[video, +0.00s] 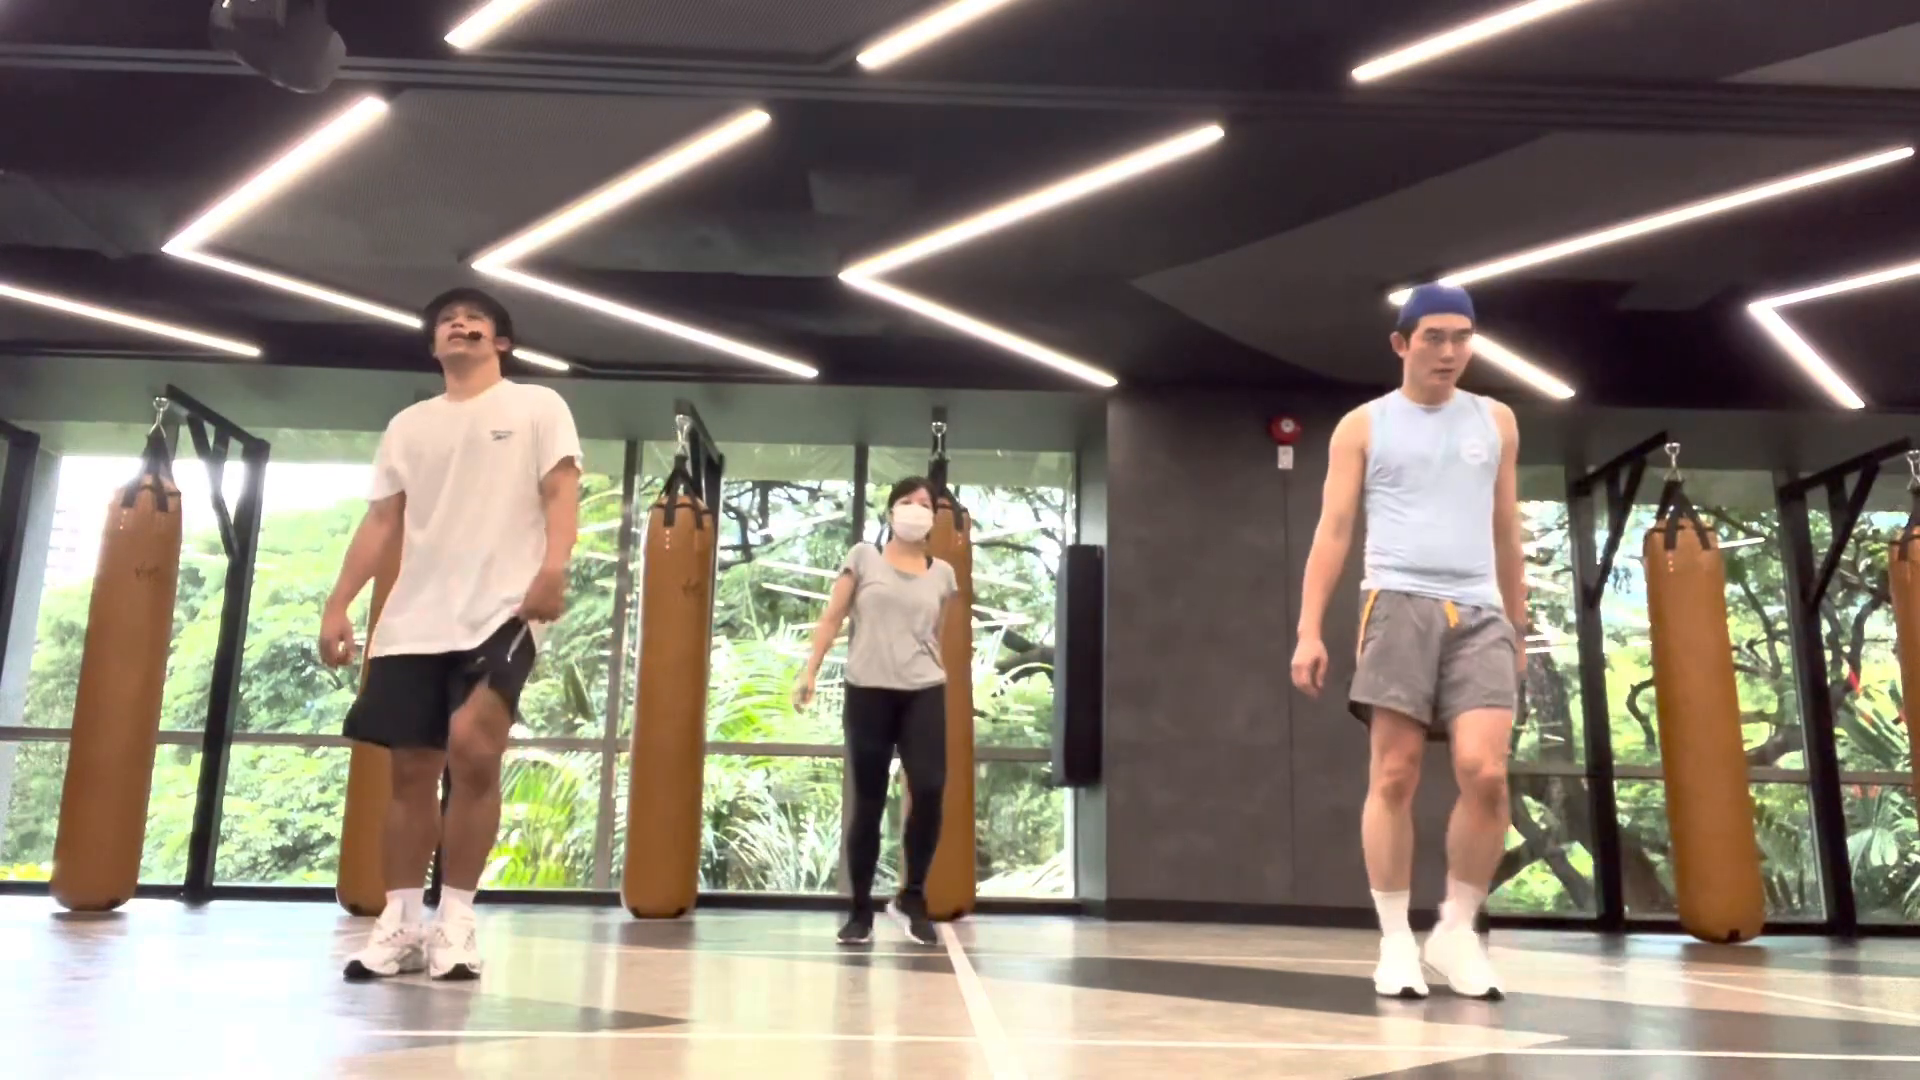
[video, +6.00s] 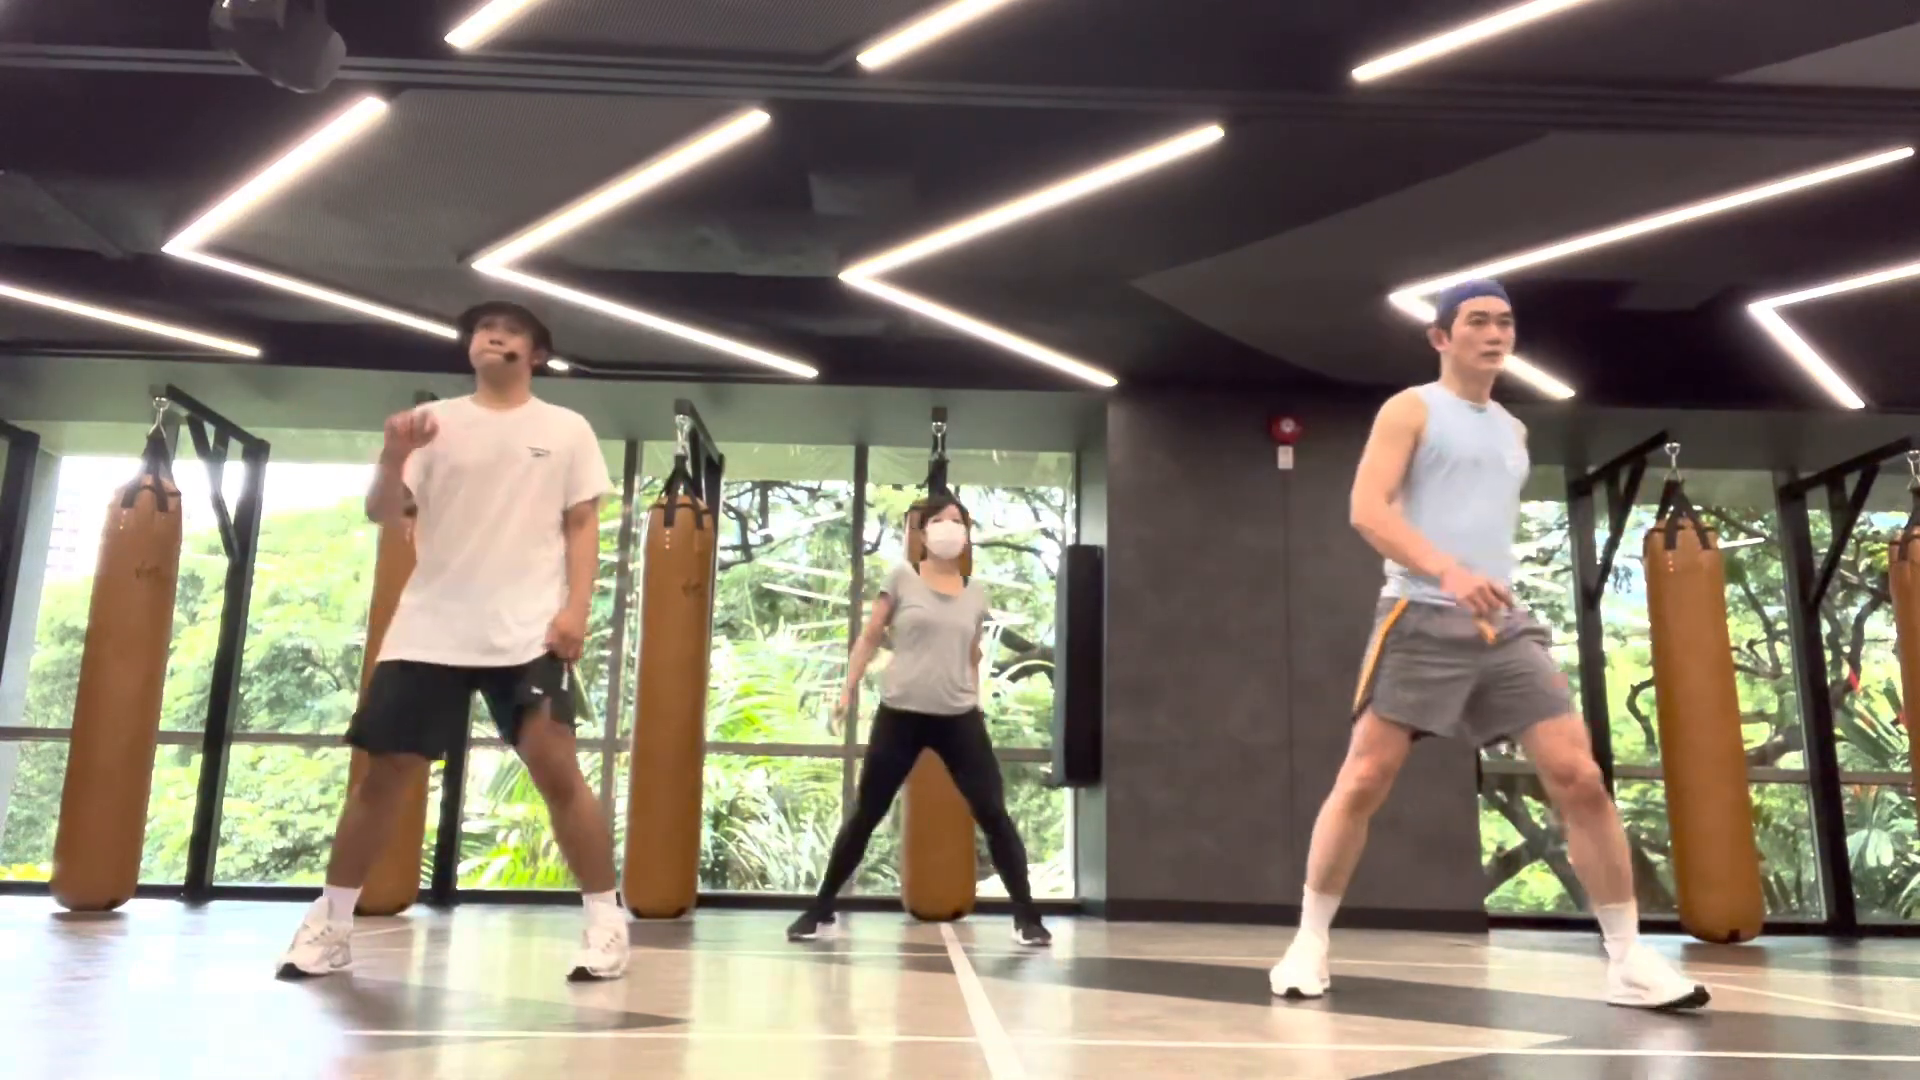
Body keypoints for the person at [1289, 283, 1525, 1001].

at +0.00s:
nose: (1448, 351)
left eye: (1459, 338)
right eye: (1434, 337)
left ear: (1472, 346)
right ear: (1401, 344)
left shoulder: (1496, 423)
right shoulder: (1361, 427)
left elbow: (1507, 537)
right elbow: (1333, 531)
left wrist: (1517, 626)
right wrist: (1309, 628)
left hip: (1482, 614)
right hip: (1397, 611)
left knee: (1486, 774)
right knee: (1394, 776)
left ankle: (1455, 934)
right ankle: (1396, 944)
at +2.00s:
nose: (1428, 331)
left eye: (1438, 323)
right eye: (1414, 320)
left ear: (1447, 339)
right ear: (1377, 333)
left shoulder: (1470, 417)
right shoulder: (1337, 418)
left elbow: (1478, 523)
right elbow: (1311, 524)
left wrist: (1478, 607)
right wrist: (1293, 622)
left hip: (1463, 612)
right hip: (1378, 612)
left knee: (1502, 761)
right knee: (1368, 776)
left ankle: (1454, 910)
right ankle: (1368, 942)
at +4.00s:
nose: (1441, 326)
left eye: (1450, 318)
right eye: (1426, 313)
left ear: (1456, 336)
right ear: (1388, 328)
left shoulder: (1475, 421)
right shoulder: (1347, 412)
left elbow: (1480, 520)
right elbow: (1322, 514)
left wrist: (1501, 585)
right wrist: (1327, 605)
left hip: (1474, 611)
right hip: (1389, 611)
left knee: (1535, 762)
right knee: (1370, 774)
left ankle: (1517, 928)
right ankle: (1363, 946)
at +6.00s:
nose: (1494, 333)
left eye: (1503, 322)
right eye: (1478, 321)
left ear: (1513, 339)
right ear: (1442, 337)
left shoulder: (1513, 434)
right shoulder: (1410, 409)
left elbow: (1487, 530)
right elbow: (1368, 510)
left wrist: (1503, 607)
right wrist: (1451, 571)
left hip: (1505, 627)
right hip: (1421, 622)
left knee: (1580, 777)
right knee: (1363, 778)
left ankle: (1627, 960)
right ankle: (1309, 942)